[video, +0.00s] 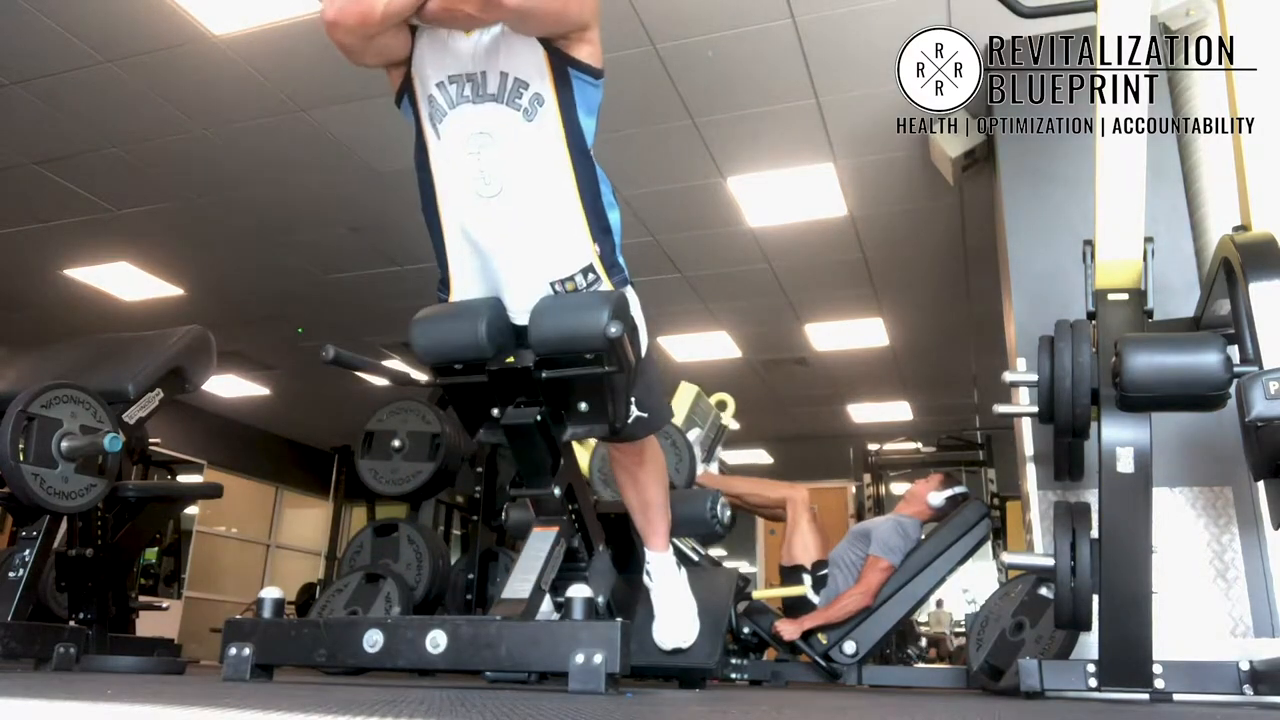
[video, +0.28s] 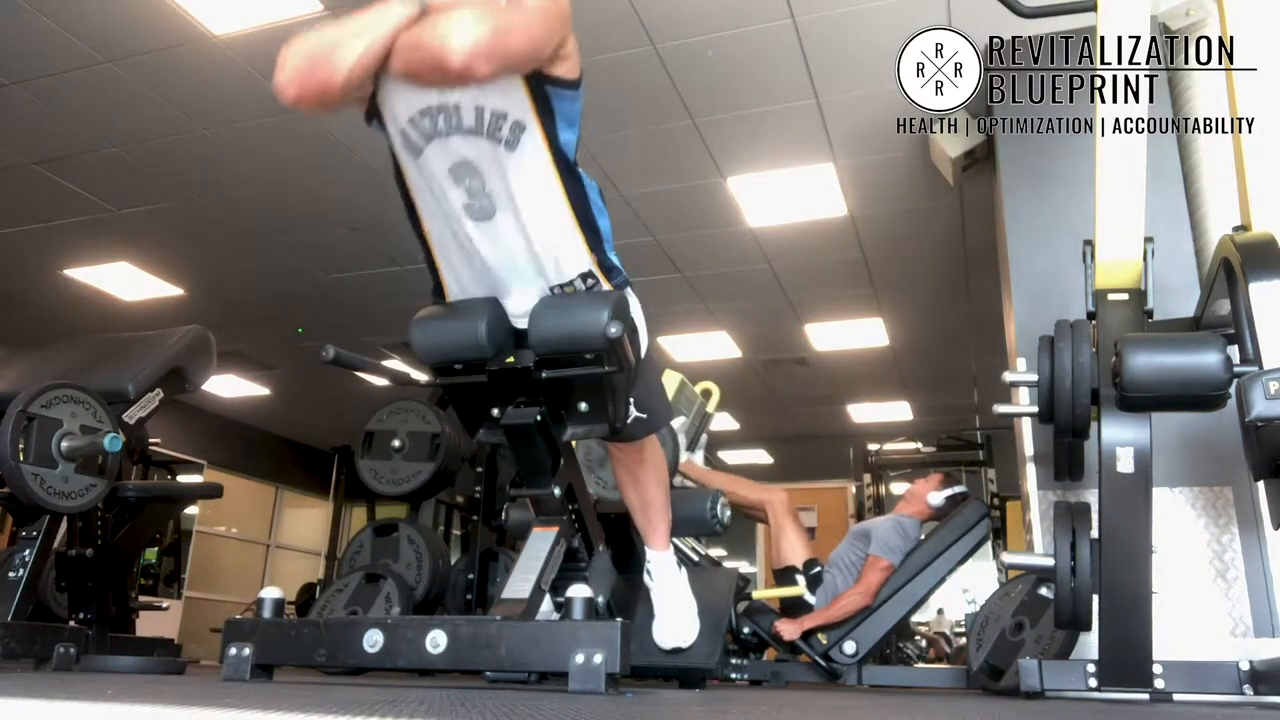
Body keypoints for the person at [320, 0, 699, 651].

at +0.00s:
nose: (450, 6)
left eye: (457, 1)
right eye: (441, 5)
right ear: (431, 4)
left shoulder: (570, 16)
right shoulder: (413, 48)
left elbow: (486, 11)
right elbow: (340, 15)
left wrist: (412, 6)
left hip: (582, 277)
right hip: (477, 293)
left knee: (628, 422)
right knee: (514, 437)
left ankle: (659, 561)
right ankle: (545, 542)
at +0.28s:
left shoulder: (542, 11)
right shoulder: (379, 49)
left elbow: (463, 51)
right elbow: (293, 82)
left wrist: (363, 40)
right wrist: (407, 7)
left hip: (577, 283)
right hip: (475, 303)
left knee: (629, 426)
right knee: (520, 437)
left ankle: (660, 559)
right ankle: (546, 530)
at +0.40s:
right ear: (368, 2)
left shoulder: (514, 29)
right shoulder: (348, 59)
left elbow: (451, 123)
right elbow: (276, 155)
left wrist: (337, 87)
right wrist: (394, 58)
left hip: (575, 291)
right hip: (476, 309)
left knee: (628, 423)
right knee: (519, 441)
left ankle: (661, 564)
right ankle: (550, 537)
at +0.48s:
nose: (354, 5)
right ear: (335, 8)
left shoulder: (506, 51)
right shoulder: (331, 87)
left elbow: (451, 166)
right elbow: (274, 205)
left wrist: (337, 130)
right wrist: (392, 101)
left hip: (571, 291)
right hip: (471, 309)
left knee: (628, 420)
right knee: (509, 442)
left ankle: (660, 564)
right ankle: (550, 540)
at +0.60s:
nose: (334, 87)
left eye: (353, 60)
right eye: (319, 65)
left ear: (409, 42)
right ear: (306, 62)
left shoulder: (492, 110)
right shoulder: (300, 157)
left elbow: (455, 276)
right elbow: (281, 306)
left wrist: (343, 225)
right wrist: (388, 204)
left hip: (573, 293)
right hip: (472, 315)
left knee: (627, 413)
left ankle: (661, 564)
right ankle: (548, 533)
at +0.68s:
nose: (329, 141)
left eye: (346, 113)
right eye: (311, 118)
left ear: (401, 81)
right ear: (295, 106)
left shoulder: (491, 146)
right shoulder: (296, 190)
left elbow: (463, 326)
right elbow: (288, 350)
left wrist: (349, 270)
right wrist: (387, 254)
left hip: (571, 298)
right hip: (470, 329)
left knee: (625, 410)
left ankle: (661, 563)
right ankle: (550, 529)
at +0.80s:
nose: (331, 247)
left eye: (346, 220)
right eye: (312, 224)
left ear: (394, 173)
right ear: (291, 196)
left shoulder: (491, 205)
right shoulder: (300, 247)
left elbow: (480, 404)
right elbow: (309, 423)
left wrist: (359, 341)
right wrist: (399, 338)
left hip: (576, 303)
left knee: (629, 417)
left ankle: (662, 562)